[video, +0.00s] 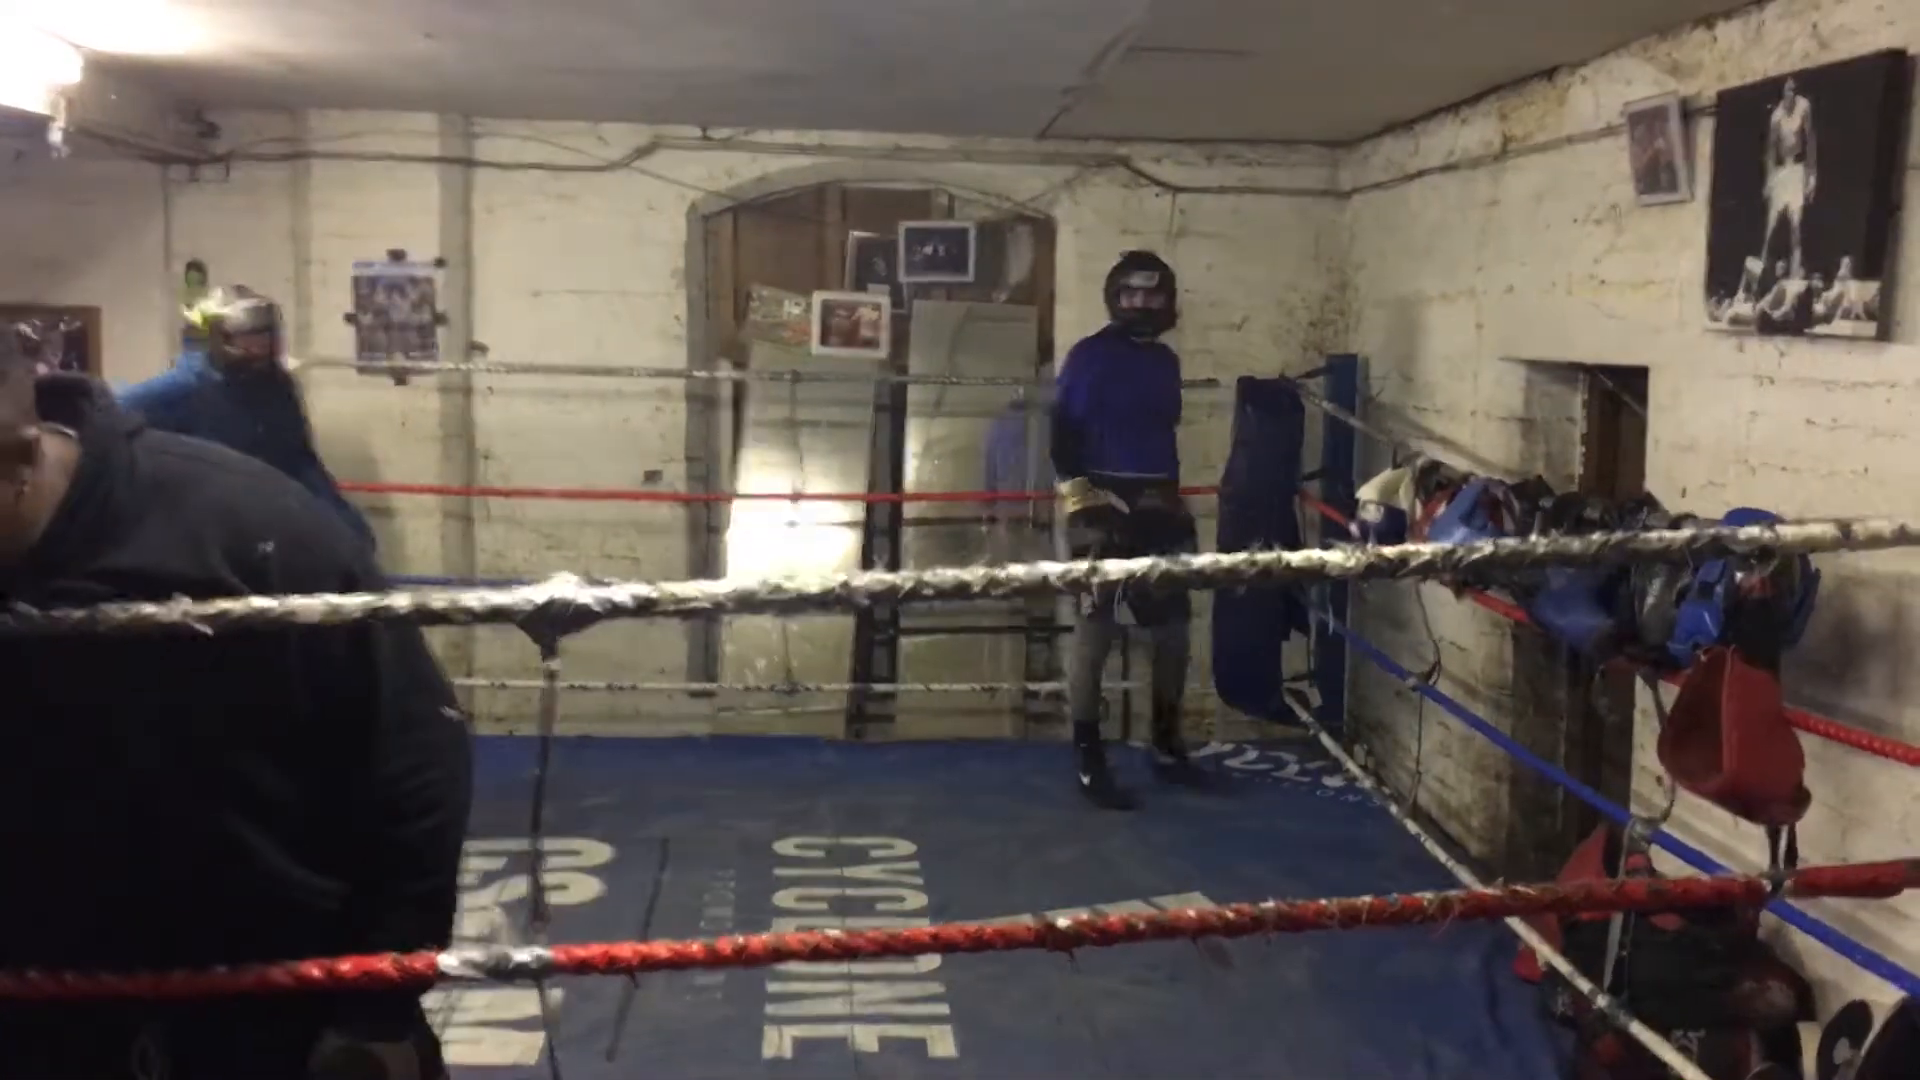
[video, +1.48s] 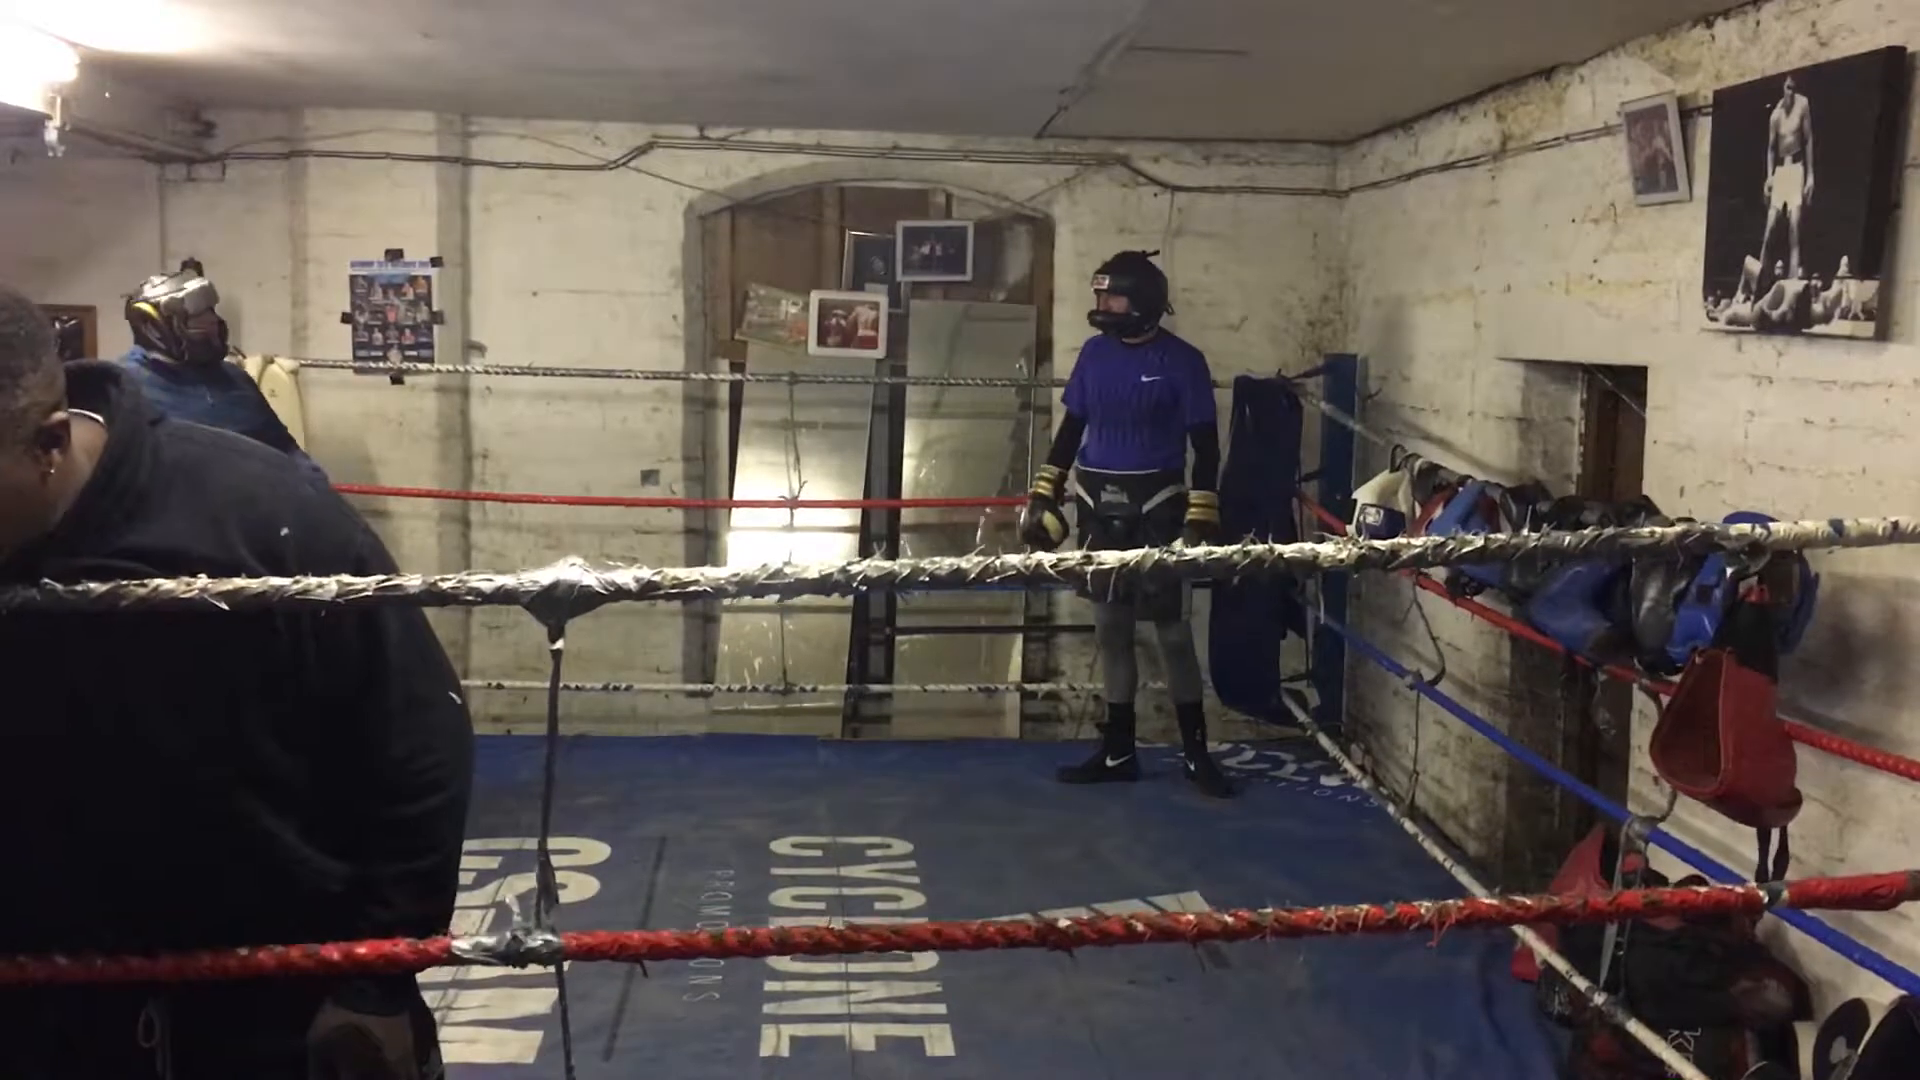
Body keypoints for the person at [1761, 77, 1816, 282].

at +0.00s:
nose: (1790, 95)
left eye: (1792, 91)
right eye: (1787, 91)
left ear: (1796, 92)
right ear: (1783, 92)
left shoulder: (1803, 108)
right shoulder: (1776, 114)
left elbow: (1810, 141)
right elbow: (1770, 146)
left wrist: (1812, 176)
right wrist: (1769, 178)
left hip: (1797, 168)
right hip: (1778, 169)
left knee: (1795, 222)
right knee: (1771, 222)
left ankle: (1795, 266)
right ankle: (1763, 264)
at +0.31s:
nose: (1789, 92)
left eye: (1792, 89)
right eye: (1787, 88)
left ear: (1796, 89)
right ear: (1783, 89)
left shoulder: (1802, 105)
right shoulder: (1775, 112)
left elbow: (1808, 139)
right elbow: (1770, 146)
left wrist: (1810, 175)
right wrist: (1768, 176)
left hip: (1796, 165)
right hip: (1779, 166)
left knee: (1794, 218)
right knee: (1772, 217)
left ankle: (1794, 264)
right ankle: (1762, 260)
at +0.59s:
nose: (1790, 91)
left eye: (1793, 88)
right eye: (1788, 88)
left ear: (1797, 89)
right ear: (1784, 89)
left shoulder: (1802, 104)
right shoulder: (1776, 114)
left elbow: (1809, 138)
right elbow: (1771, 147)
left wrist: (1811, 175)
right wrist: (1769, 176)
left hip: (1797, 164)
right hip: (1780, 165)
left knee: (1794, 217)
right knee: (1772, 218)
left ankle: (1795, 264)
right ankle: (1762, 261)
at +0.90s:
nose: (1789, 94)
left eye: (1792, 90)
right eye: (1787, 89)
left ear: (1796, 90)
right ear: (1782, 89)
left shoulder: (1802, 104)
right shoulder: (1775, 114)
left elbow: (1808, 138)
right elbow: (1770, 146)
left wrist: (1810, 175)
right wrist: (1769, 175)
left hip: (1797, 165)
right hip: (1779, 166)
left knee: (1794, 219)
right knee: (1771, 218)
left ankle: (1794, 266)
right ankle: (1762, 264)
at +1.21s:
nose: (1789, 93)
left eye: (1792, 89)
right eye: (1787, 89)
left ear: (1796, 90)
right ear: (1783, 89)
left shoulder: (1802, 104)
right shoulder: (1775, 114)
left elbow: (1808, 139)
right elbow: (1770, 146)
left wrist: (1810, 175)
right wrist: (1769, 175)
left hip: (1797, 164)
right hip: (1779, 165)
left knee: (1794, 220)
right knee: (1771, 220)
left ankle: (1794, 268)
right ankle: (1762, 266)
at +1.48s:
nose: (1789, 93)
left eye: (1792, 89)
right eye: (1787, 89)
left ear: (1796, 90)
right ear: (1783, 89)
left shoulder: (1802, 105)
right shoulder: (1775, 114)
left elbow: (1809, 139)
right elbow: (1771, 146)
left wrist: (1810, 175)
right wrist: (1769, 175)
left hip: (1797, 163)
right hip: (1779, 165)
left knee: (1794, 218)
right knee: (1771, 219)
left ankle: (1794, 266)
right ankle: (1763, 265)